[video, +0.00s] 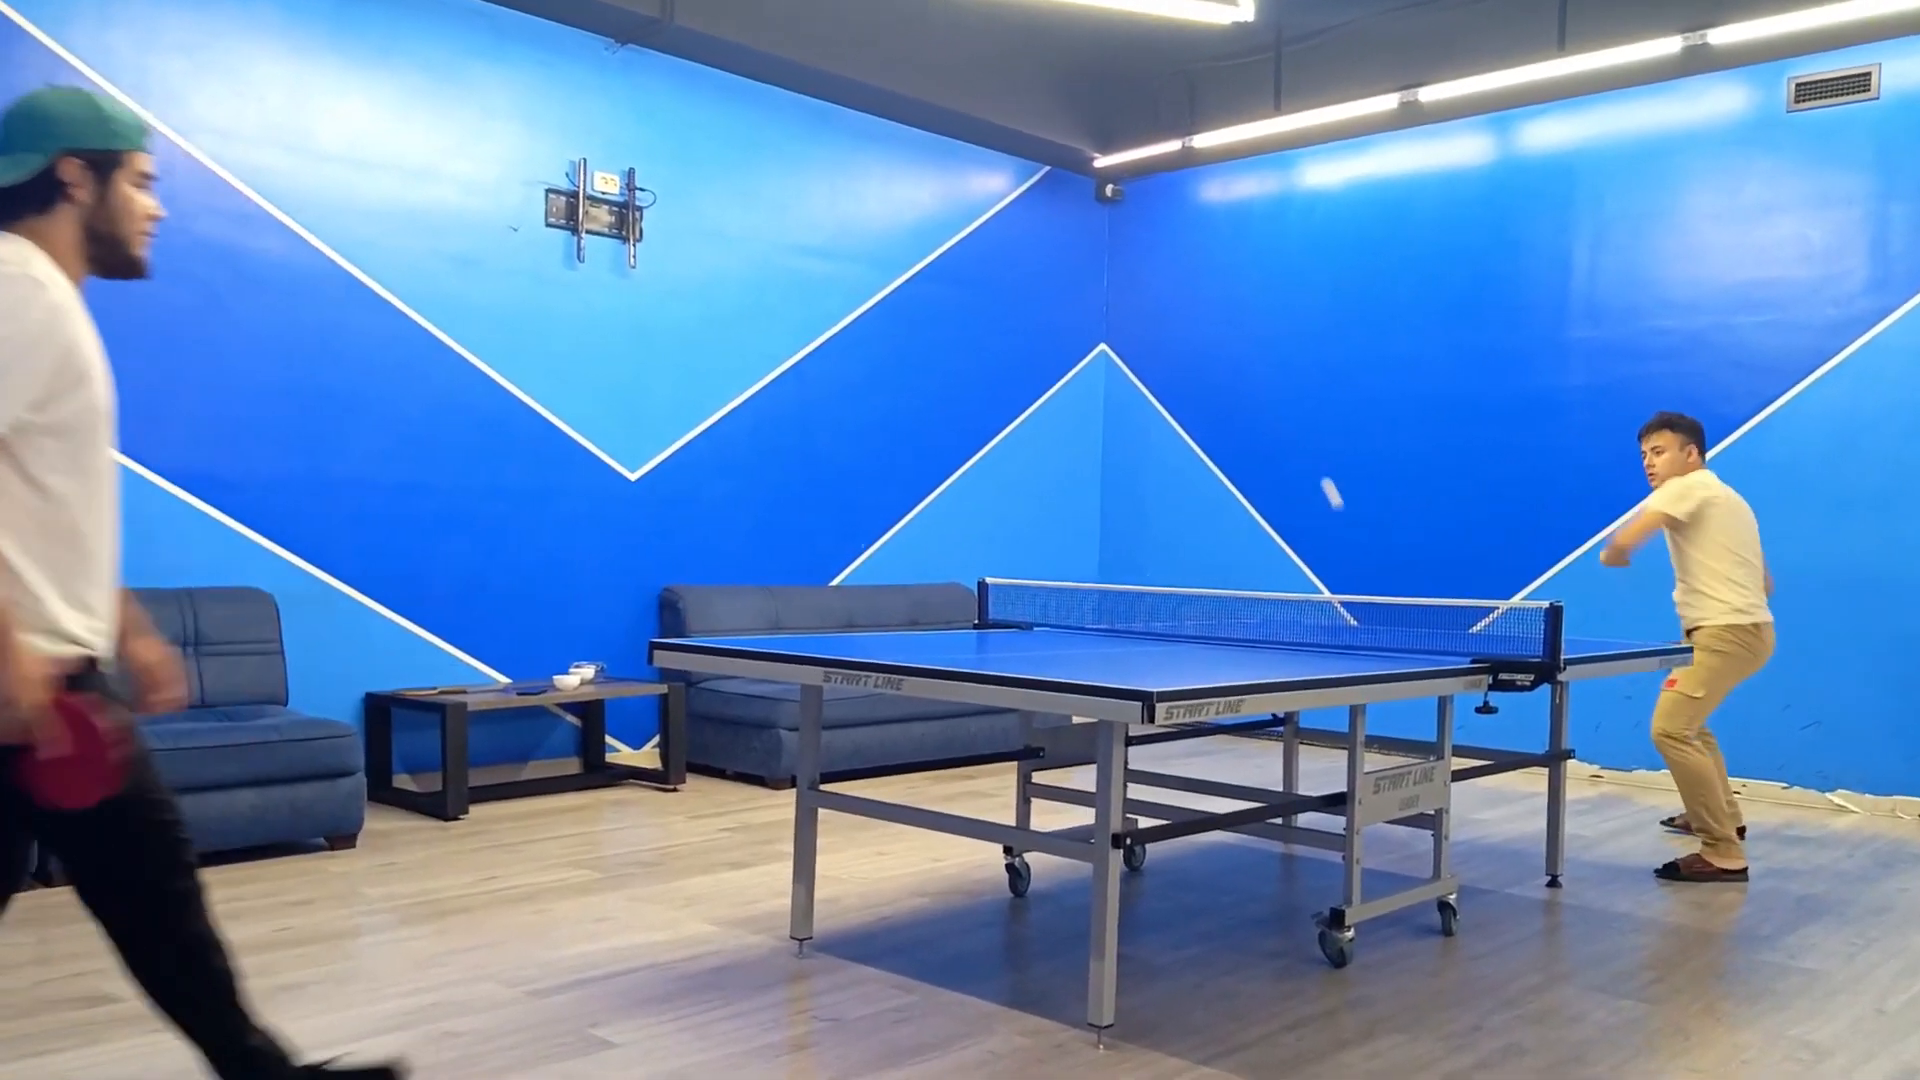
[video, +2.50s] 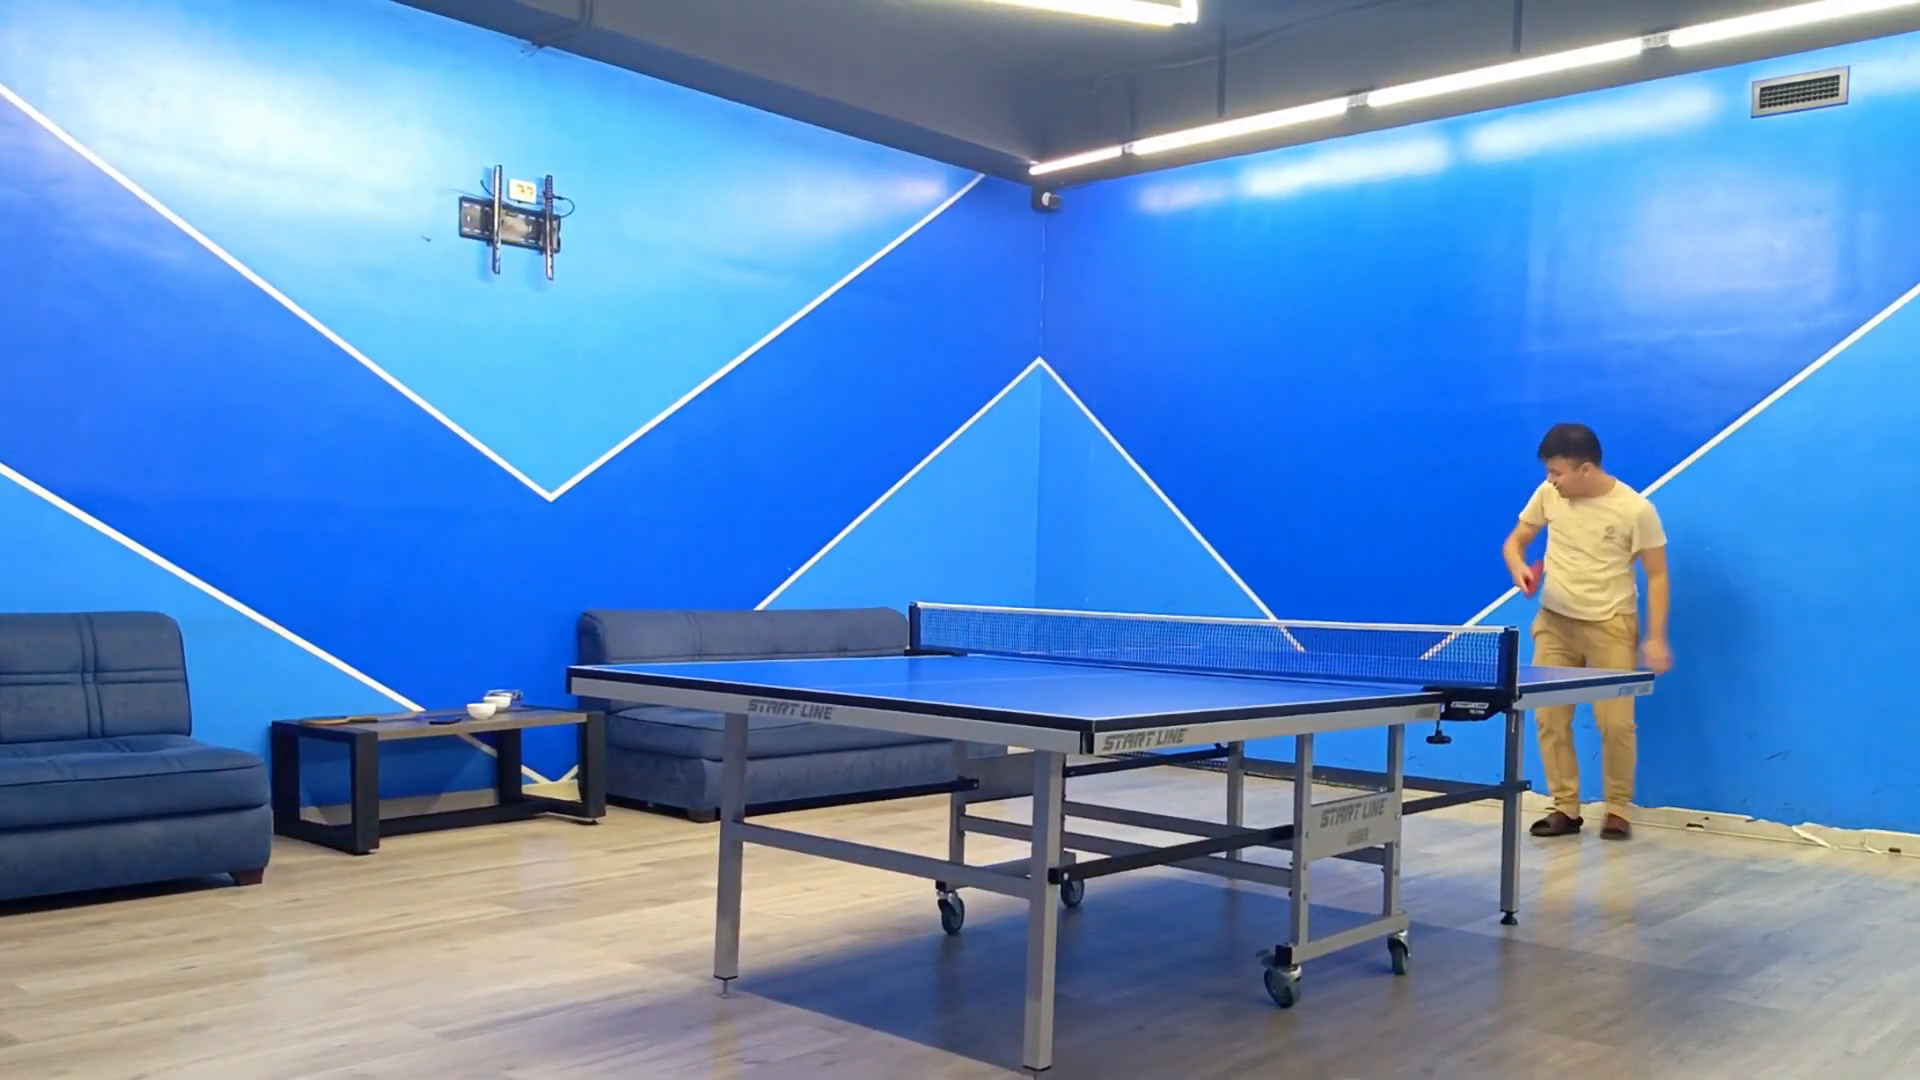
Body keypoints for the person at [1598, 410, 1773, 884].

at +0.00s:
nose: (1648, 463)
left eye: (1657, 451)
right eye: (1645, 455)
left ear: (1691, 453)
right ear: (1693, 459)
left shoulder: (1688, 487)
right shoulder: (1730, 499)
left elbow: (1622, 542)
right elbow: (1763, 583)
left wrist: (1613, 555)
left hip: (1725, 630)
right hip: (1745, 628)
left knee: (1671, 730)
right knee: (1686, 722)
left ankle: (1723, 853)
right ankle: (1720, 816)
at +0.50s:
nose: (1728, 466)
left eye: (1741, 458)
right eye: (1725, 455)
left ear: (1774, 462)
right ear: (1718, 452)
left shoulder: (1810, 501)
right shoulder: (1708, 481)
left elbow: (1878, 513)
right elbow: (1659, 443)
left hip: (1780, 635)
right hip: (1718, 633)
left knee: (1748, 715)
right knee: (1708, 735)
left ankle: (1761, 850)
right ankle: (1782, 784)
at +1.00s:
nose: (1592, 463)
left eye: (1606, 455)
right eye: (1585, 453)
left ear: (1632, 466)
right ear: (1578, 456)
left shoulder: (1655, 517)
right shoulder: (1556, 500)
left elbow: (1696, 566)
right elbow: (1474, 506)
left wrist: (1721, 610)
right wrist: (1514, 528)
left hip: (1613, 644)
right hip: (1552, 640)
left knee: (1593, 710)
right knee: (1512, 702)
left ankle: (1622, 837)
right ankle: (1538, 787)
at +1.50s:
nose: (1562, 508)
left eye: (1571, 497)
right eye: (1562, 498)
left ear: (1605, 496)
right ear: (1617, 502)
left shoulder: (1605, 524)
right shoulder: (1663, 543)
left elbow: (1550, 538)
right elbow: (1709, 620)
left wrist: (1497, 560)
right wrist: (1708, 682)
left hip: (1669, 671)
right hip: (1693, 670)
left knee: (1642, 797)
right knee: (1601, 745)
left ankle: (1738, 910)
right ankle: (1630, 860)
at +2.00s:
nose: (1560, 454)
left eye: (1565, 444)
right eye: (1557, 446)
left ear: (1598, 437)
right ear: (1584, 441)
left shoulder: (1645, 467)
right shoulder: (1589, 467)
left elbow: (1725, 476)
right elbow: (1559, 402)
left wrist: (1791, 459)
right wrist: (1572, 335)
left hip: (1653, 616)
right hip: (1608, 616)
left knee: (1639, 725)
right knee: (1586, 721)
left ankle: (1692, 841)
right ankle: (1642, 827)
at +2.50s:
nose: (1550, 481)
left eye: (1556, 473)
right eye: (1549, 473)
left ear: (1587, 467)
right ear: (1555, 469)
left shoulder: (1635, 510)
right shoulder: (1549, 494)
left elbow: (1657, 576)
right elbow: (1514, 541)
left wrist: (1656, 638)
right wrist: (1518, 567)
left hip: (1610, 628)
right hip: (1555, 624)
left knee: (1615, 723)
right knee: (1550, 718)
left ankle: (1617, 813)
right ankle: (1565, 810)